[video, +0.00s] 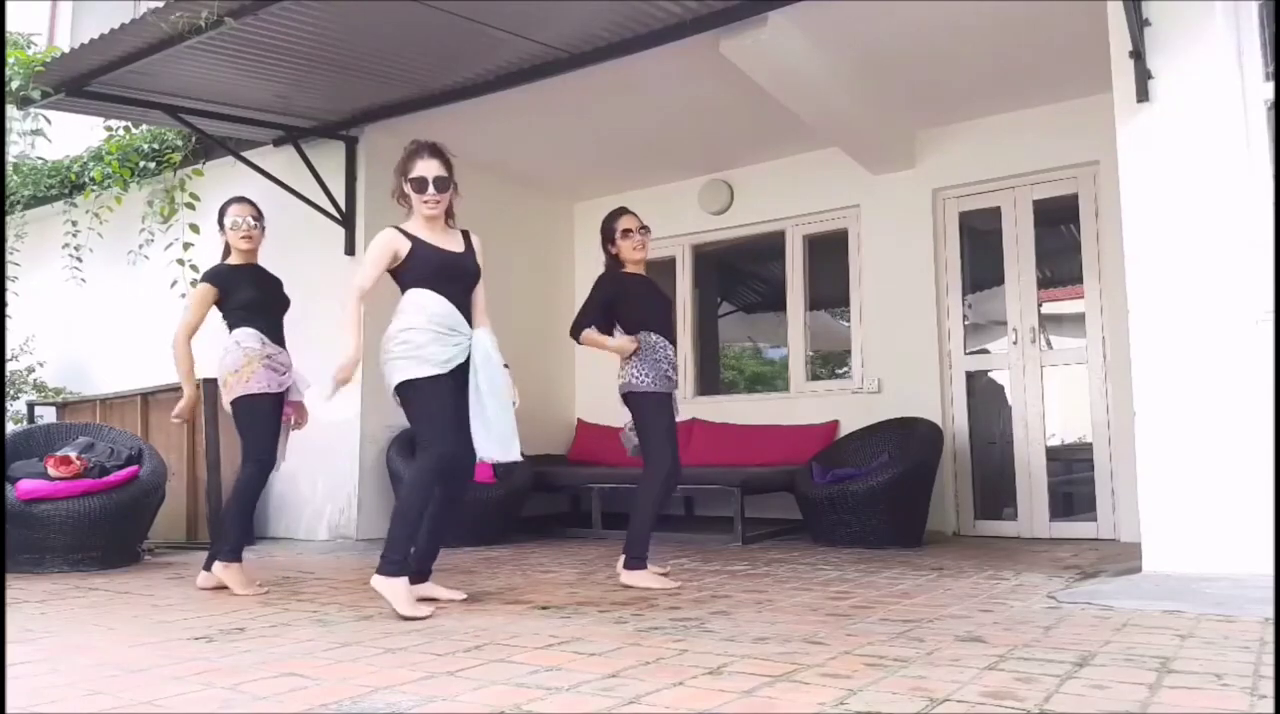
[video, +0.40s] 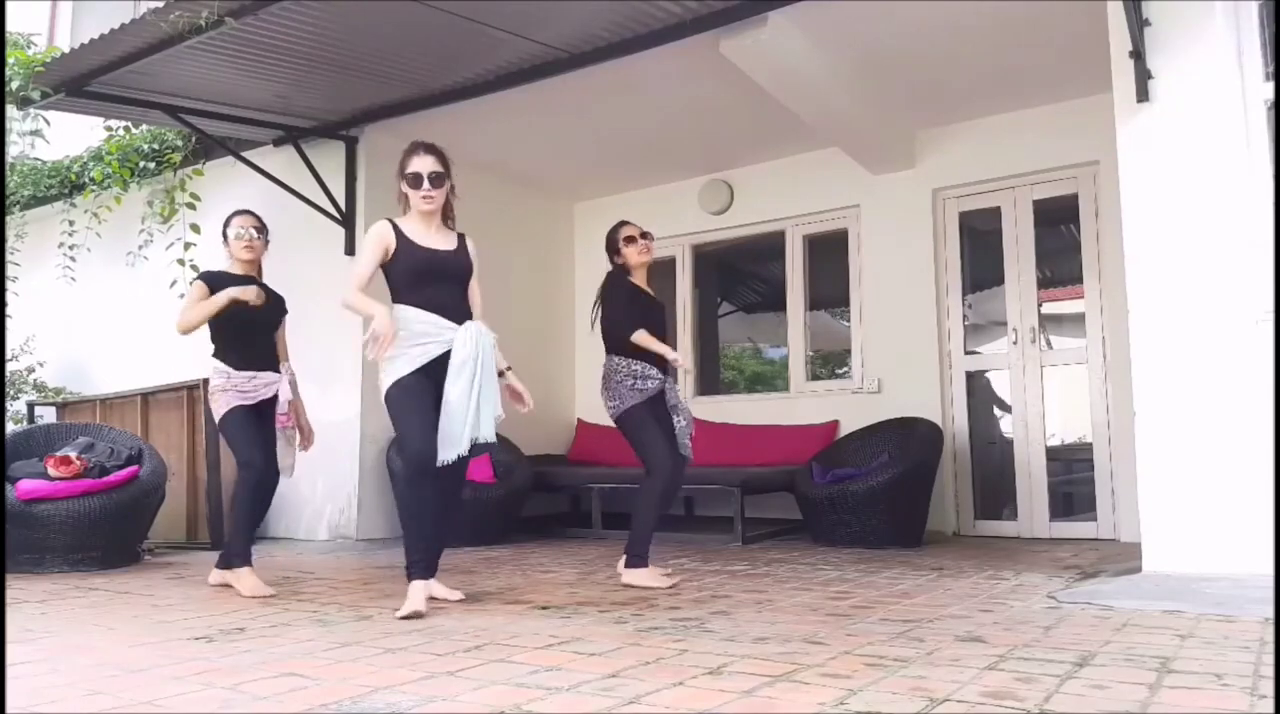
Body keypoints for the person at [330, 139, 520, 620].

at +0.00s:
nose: (432, 190)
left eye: (440, 182)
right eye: (420, 183)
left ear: (452, 187)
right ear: (405, 189)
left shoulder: (468, 242)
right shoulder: (395, 238)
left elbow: (479, 316)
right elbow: (357, 292)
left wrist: (499, 372)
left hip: (460, 360)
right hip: (414, 356)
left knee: (459, 463)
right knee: (437, 453)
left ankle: (420, 575)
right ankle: (391, 572)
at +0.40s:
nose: (426, 186)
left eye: (435, 178)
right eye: (415, 179)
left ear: (449, 185)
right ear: (402, 186)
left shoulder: (463, 244)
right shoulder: (387, 232)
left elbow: (476, 318)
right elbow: (352, 294)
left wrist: (502, 372)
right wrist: (380, 311)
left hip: (459, 364)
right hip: (408, 362)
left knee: (451, 470)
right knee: (420, 459)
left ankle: (427, 575)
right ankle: (418, 580)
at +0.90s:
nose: (418, 196)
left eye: (428, 188)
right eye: (409, 189)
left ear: (443, 196)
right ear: (398, 198)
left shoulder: (466, 252)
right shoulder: (382, 252)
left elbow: (482, 324)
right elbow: (343, 318)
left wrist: (504, 379)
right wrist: (336, 282)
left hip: (457, 373)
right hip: (401, 373)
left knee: (457, 486)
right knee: (358, 451)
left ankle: (423, 576)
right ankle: (380, 576)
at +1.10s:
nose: (416, 182)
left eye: (425, 172)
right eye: (406, 176)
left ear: (445, 176)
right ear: (399, 185)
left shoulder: (472, 237)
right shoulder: (389, 238)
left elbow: (487, 306)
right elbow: (344, 297)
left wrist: (506, 358)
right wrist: (323, 356)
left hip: (452, 360)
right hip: (396, 357)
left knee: (446, 465)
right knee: (399, 449)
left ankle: (422, 576)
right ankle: (349, 571)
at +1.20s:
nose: (410, 182)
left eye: (419, 171)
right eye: (401, 175)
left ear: (441, 172)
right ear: (396, 181)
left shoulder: (471, 233)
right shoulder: (390, 232)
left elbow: (487, 297)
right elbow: (363, 299)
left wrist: (512, 348)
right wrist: (344, 360)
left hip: (453, 358)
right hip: (400, 354)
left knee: (444, 466)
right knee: (400, 447)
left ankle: (423, 575)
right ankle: (351, 568)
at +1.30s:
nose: (410, 181)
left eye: (420, 171)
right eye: (402, 175)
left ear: (442, 173)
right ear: (395, 182)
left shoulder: (471, 231)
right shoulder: (389, 233)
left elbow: (490, 297)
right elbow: (374, 303)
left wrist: (515, 346)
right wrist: (363, 359)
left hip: (456, 356)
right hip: (402, 354)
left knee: (445, 463)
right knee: (397, 448)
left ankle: (436, 573)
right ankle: (351, 567)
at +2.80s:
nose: (389, 201)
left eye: (395, 191)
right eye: (387, 193)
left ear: (425, 189)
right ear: (413, 193)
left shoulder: (463, 239)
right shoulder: (395, 250)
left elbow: (474, 300)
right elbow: (345, 283)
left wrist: (482, 352)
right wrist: (363, 228)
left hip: (428, 365)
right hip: (377, 363)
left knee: (417, 476)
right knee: (376, 470)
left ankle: (449, 576)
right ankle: (378, 577)